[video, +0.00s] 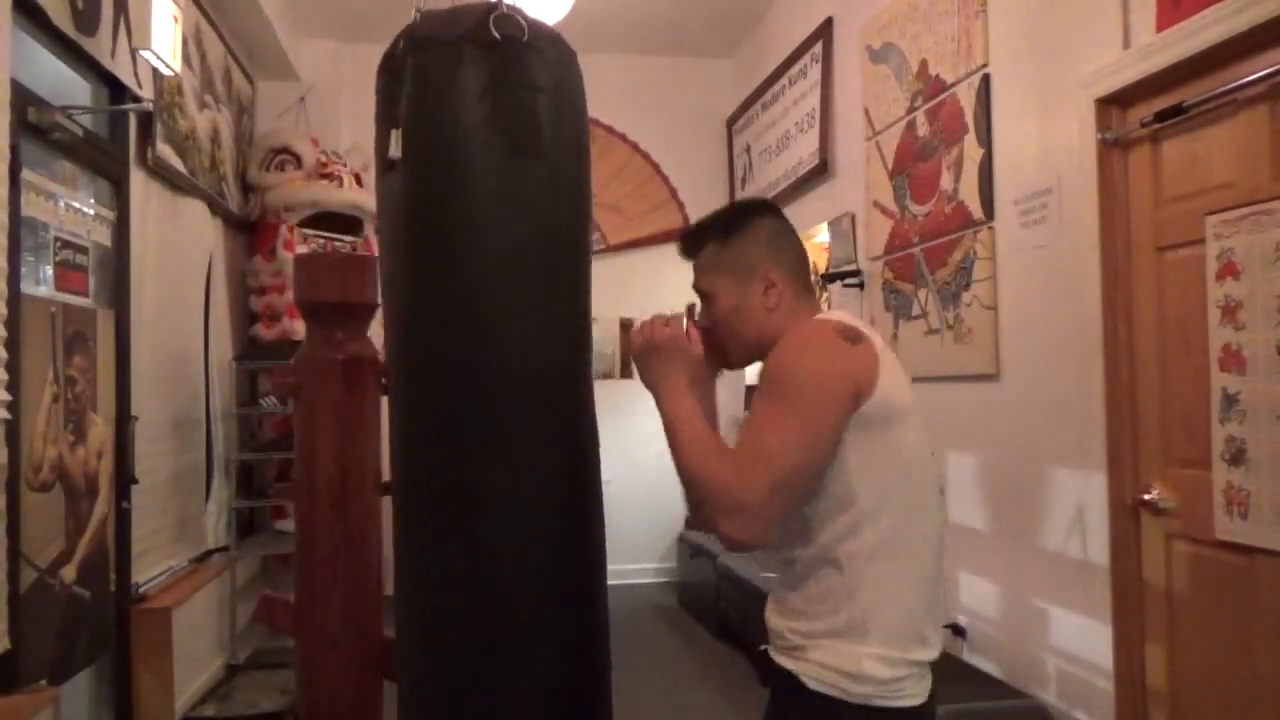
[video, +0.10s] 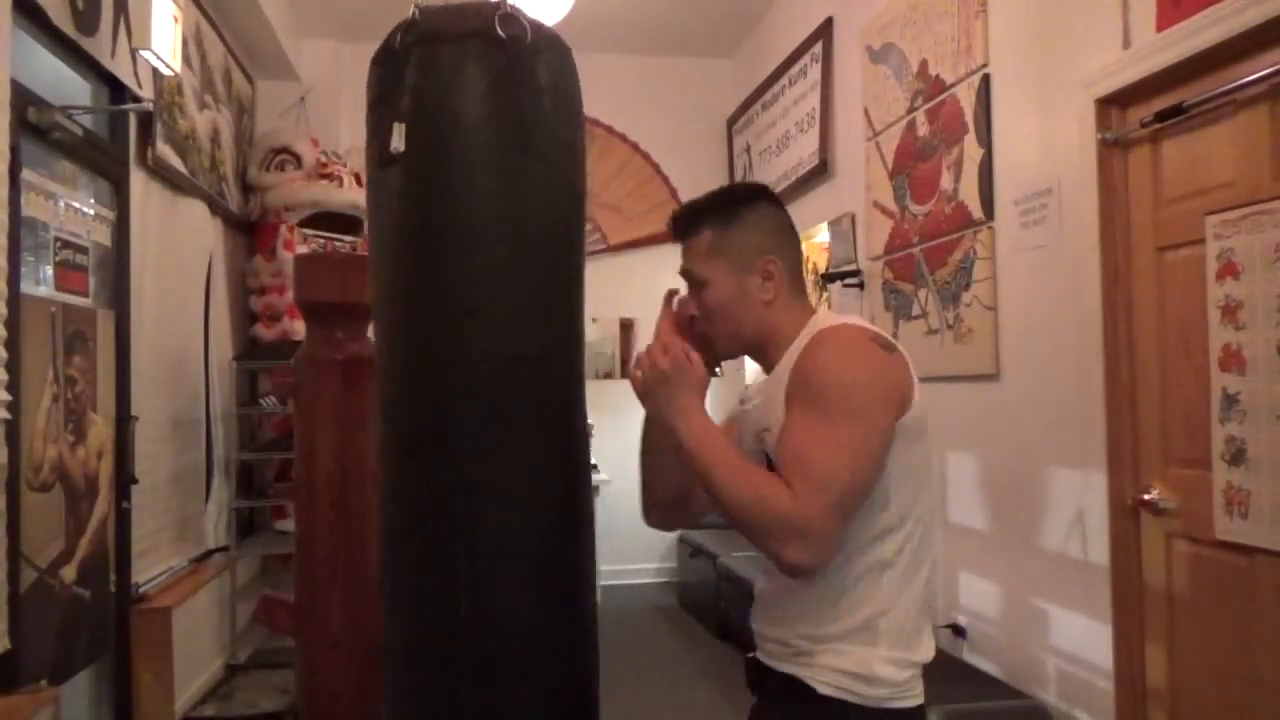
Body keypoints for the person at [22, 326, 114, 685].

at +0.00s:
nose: (71, 392)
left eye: (77, 383)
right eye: (65, 385)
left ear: (90, 386)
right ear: (60, 393)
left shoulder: (105, 432)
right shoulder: (61, 441)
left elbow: (105, 501)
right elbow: (37, 481)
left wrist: (75, 562)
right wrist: (45, 401)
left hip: (104, 553)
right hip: (73, 554)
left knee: (104, 633)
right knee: (68, 632)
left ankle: (105, 695)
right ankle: (58, 690)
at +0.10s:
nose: (70, 394)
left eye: (76, 384)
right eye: (65, 386)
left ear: (90, 386)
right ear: (59, 394)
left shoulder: (105, 432)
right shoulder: (62, 441)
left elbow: (105, 501)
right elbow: (37, 480)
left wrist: (76, 562)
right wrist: (46, 402)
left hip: (105, 553)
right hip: (74, 554)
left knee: (104, 633)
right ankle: (57, 690)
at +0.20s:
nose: (70, 394)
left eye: (76, 384)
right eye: (65, 386)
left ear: (90, 386)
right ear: (60, 393)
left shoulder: (105, 432)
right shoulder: (62, 441)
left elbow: (105, 501)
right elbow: (37, 481)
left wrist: (75, 561)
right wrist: (46, 402)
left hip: (104, 554)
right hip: (73, 554)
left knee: (103, 633)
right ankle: (57, 690)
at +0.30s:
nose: (70, 392)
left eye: (75, 382)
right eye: (64, 384)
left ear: (90, 385)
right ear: (60, 391)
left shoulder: (105, 432)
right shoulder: (62, 441)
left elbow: (105, 501)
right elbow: (37, 480)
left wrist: (75, 562)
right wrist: (46, 401)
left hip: (105, 554)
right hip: (74, 554)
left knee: (104, 633)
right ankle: (58, 690)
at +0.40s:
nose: (70, 392)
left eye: (76, 382)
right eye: (65, 384)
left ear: (91, 385)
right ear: (60, 390)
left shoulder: (105, 433)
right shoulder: (62, 441)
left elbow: (105, 501)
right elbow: (37, 480)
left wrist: (75, 562)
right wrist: (45, 401)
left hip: (105, 553)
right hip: (74, 554)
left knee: (104, 633)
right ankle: (57, 691)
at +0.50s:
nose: (71, 391)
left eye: (77, 382)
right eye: (65, 382)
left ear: (92, 383)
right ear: (59, 388)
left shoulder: (104, 430)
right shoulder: (62, 438)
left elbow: (105, 499)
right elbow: (37, 480)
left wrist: (76, 561)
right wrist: (45, 402)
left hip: (102, 550)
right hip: (72, 549)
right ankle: (53, 687)